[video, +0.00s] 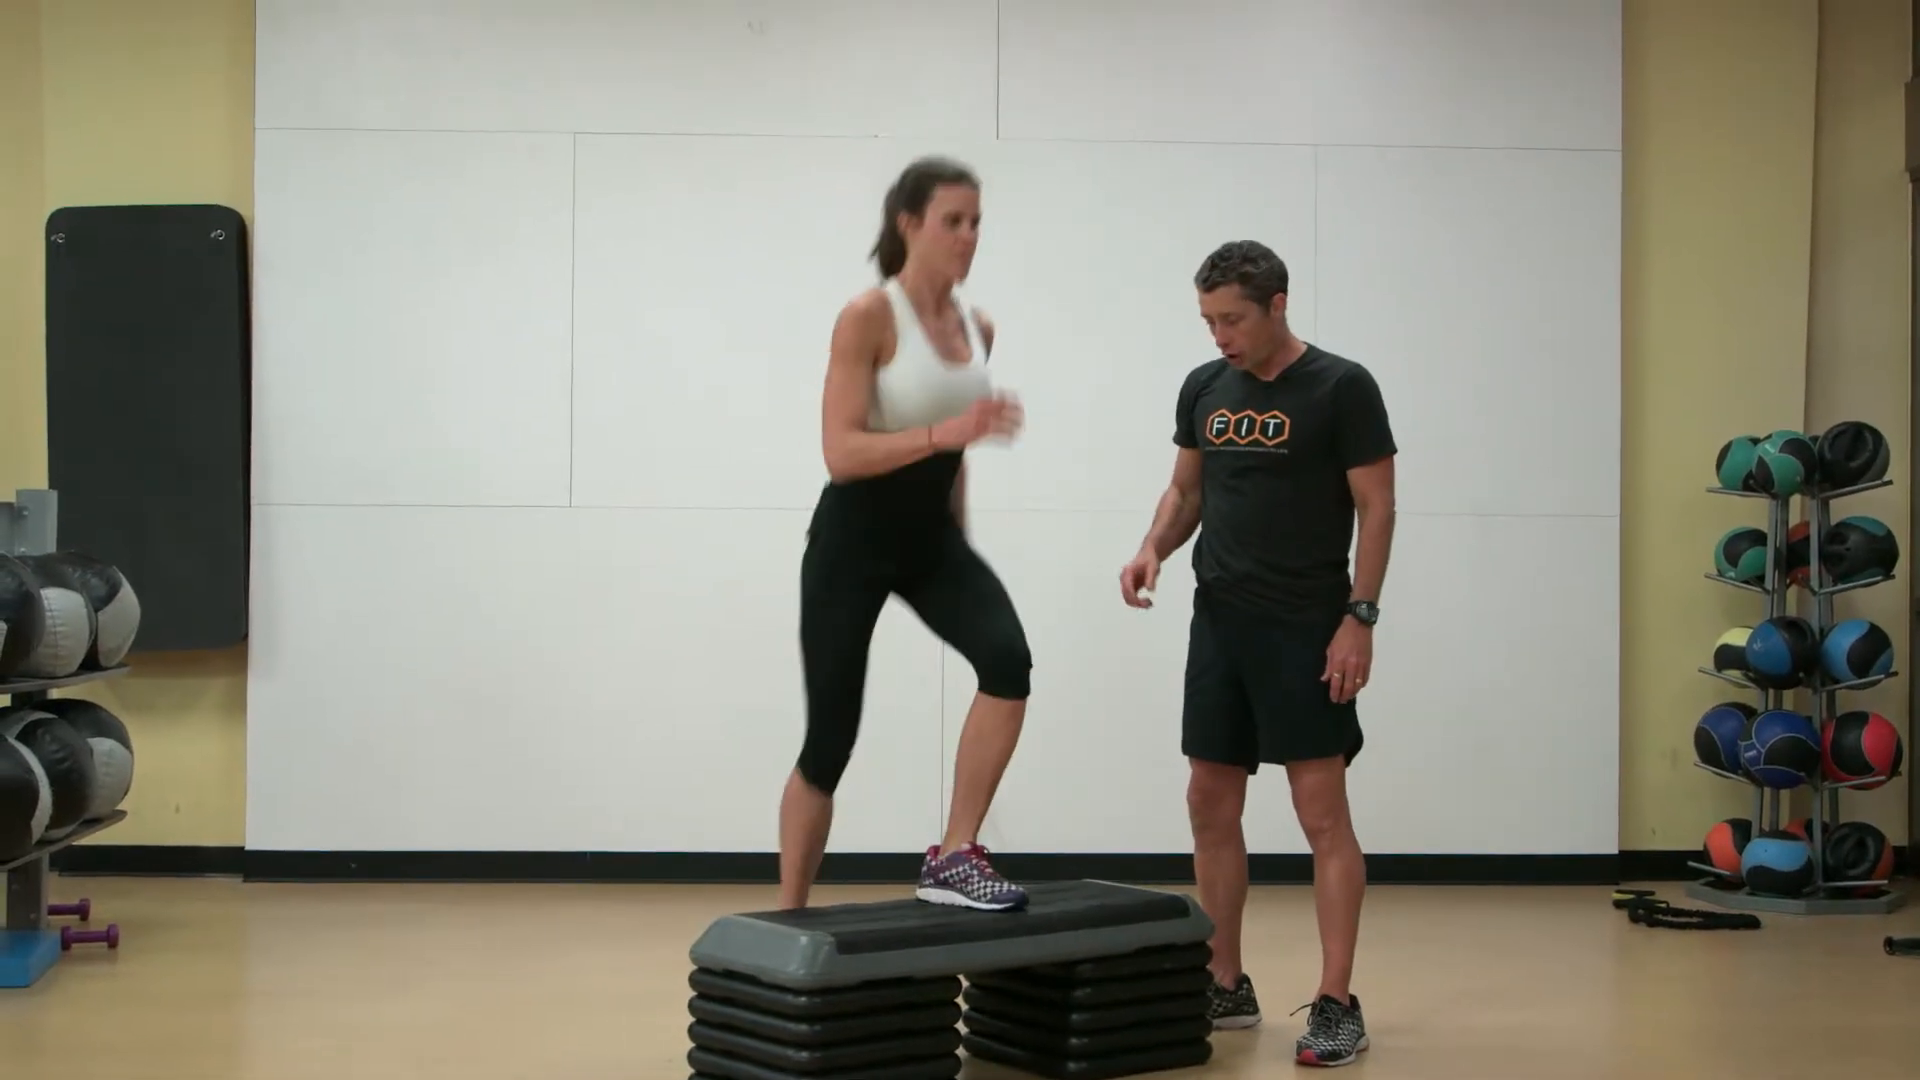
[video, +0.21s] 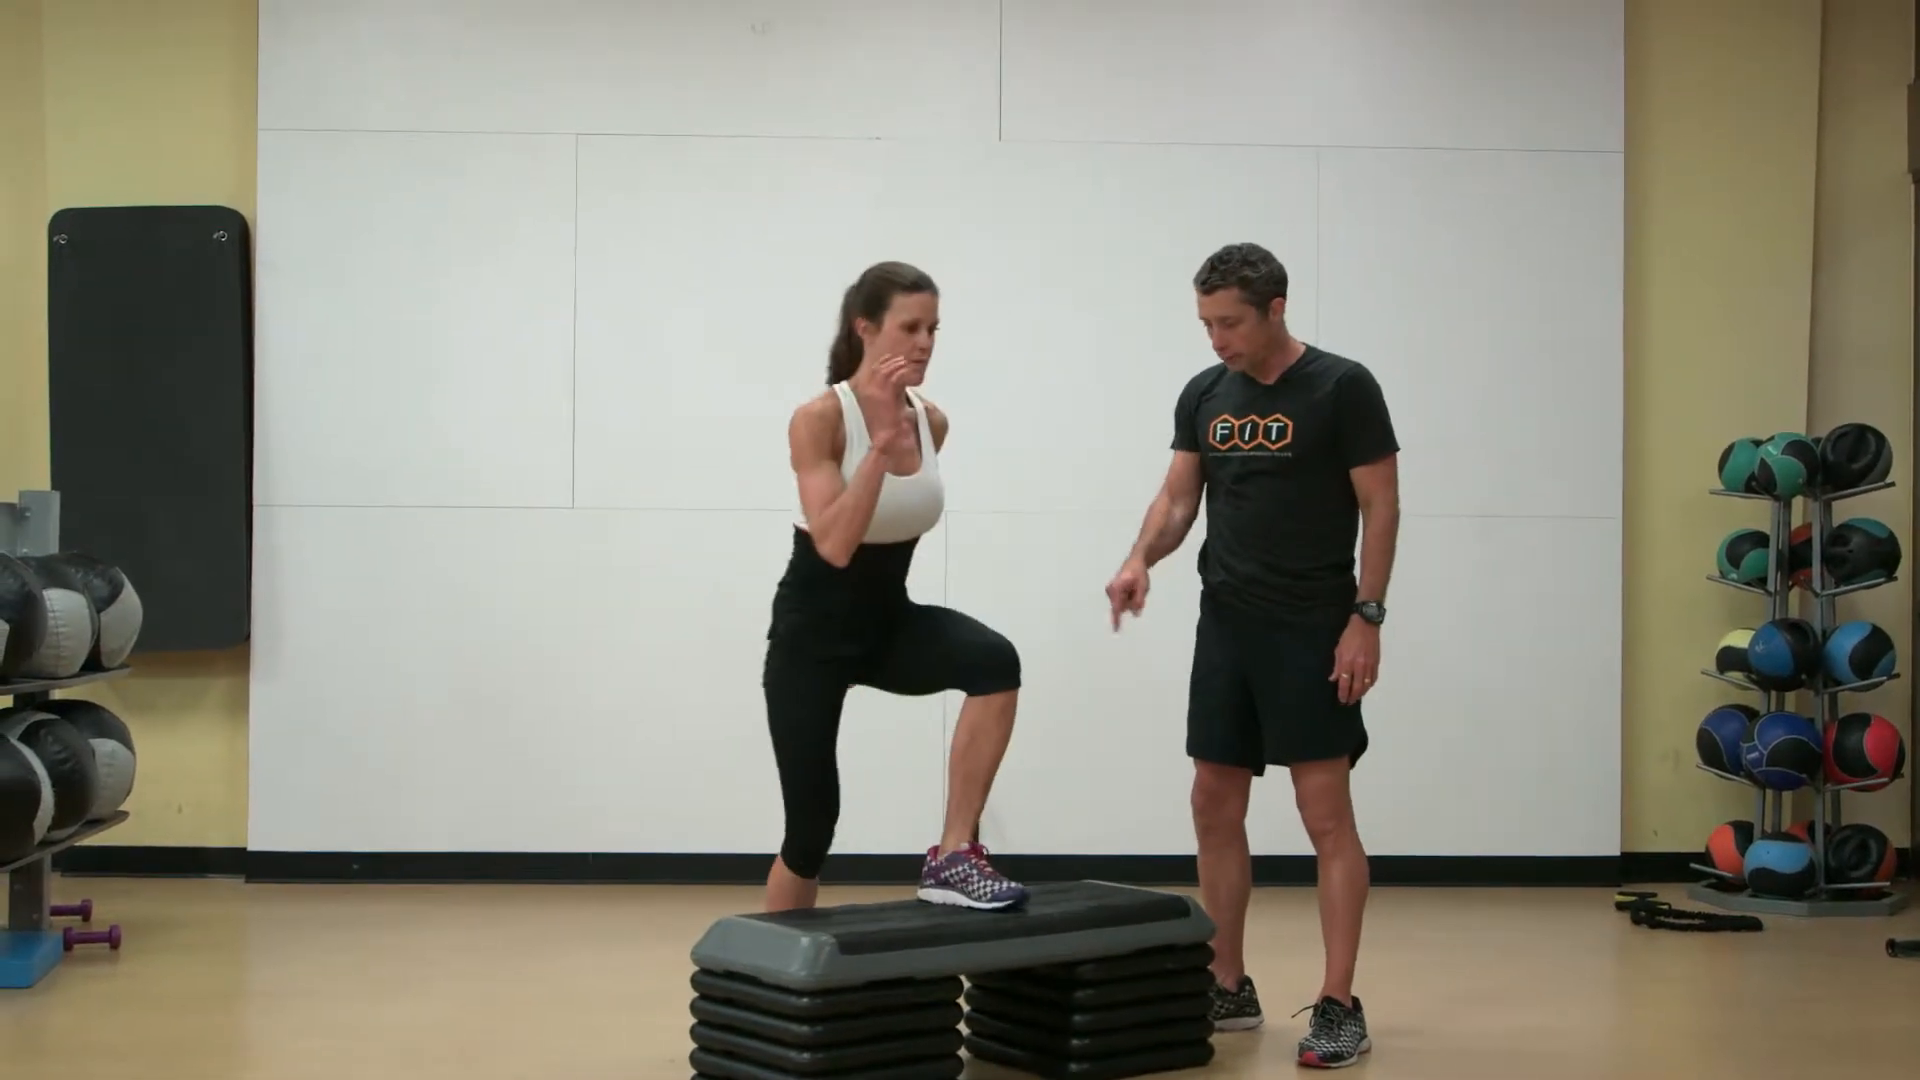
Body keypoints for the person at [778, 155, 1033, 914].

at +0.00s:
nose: (969, 236)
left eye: (975, 223)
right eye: (954, 221)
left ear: (976, 231)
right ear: (906, 225)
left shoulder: (973, 328)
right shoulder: (866, 320)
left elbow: (946, 447)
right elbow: (841, 451)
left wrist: (955, 545)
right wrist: (945, 433)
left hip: (931, 542)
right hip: (851, 545)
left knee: (1007, 662)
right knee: (829, 739)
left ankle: (955, 854)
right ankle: (789, 922)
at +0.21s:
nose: (924, 343)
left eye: (931, 329)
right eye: (909, 327)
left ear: (936, 336)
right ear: (862, 329)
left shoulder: (930, 420)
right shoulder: (819, 420)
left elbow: (899, 525)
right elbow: (833, 545)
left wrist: (887, 608)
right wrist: (878, 452)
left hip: (888, 626)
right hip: (812, 636)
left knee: (994, 662)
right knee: (811, 833)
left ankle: (954, 855)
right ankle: (771, 986)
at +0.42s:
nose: (912, 333)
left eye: (920, 319)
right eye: (897, 318)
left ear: (925, 326)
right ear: (851, 320)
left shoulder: (919, 408)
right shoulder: (810, 410)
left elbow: (892, 510)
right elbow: (825, 529)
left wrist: (878, 593)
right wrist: (870, 435)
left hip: (878, 610)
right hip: (806, 618)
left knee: (984, 654)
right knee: (801, 816)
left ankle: (954, 855)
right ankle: (771, 980)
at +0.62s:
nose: (929, 352)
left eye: (935, 337)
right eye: (913, 337)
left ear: (940, 343)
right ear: (868, 340)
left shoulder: (929, 425)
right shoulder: (823, 429)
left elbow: (901, 530)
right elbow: (821, 558)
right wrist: (908, 482)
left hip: (893, 624)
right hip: (821, 635)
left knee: (996, 658)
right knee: (830, 843)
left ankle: (955, 854)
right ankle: (771, 981)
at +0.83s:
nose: (984, 250)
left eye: (990, 237)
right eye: (968, 237)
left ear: (992, 244)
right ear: (921, 242)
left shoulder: (993, 337)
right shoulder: (877, 327)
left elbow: (964, 425)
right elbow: (823, 443)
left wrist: (997, 482)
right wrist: (912, 488)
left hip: (939, 545)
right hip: (860, 543)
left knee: (1020, 666)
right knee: (842, 736)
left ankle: (959, 855)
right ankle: (797, 919)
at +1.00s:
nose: (1001, 157)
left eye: (1009, 144)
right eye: (986, 142)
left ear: (1012, 155)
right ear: (941, 149)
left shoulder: (1020, 258)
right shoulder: (888, 238)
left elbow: (1041, 392)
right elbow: (814, 351)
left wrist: (1065, 324)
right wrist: (783, 470)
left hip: (966, 462)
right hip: (886, 459)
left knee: (1003, 642)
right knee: (987, 579)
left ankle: (964, 851)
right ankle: (875, 692)